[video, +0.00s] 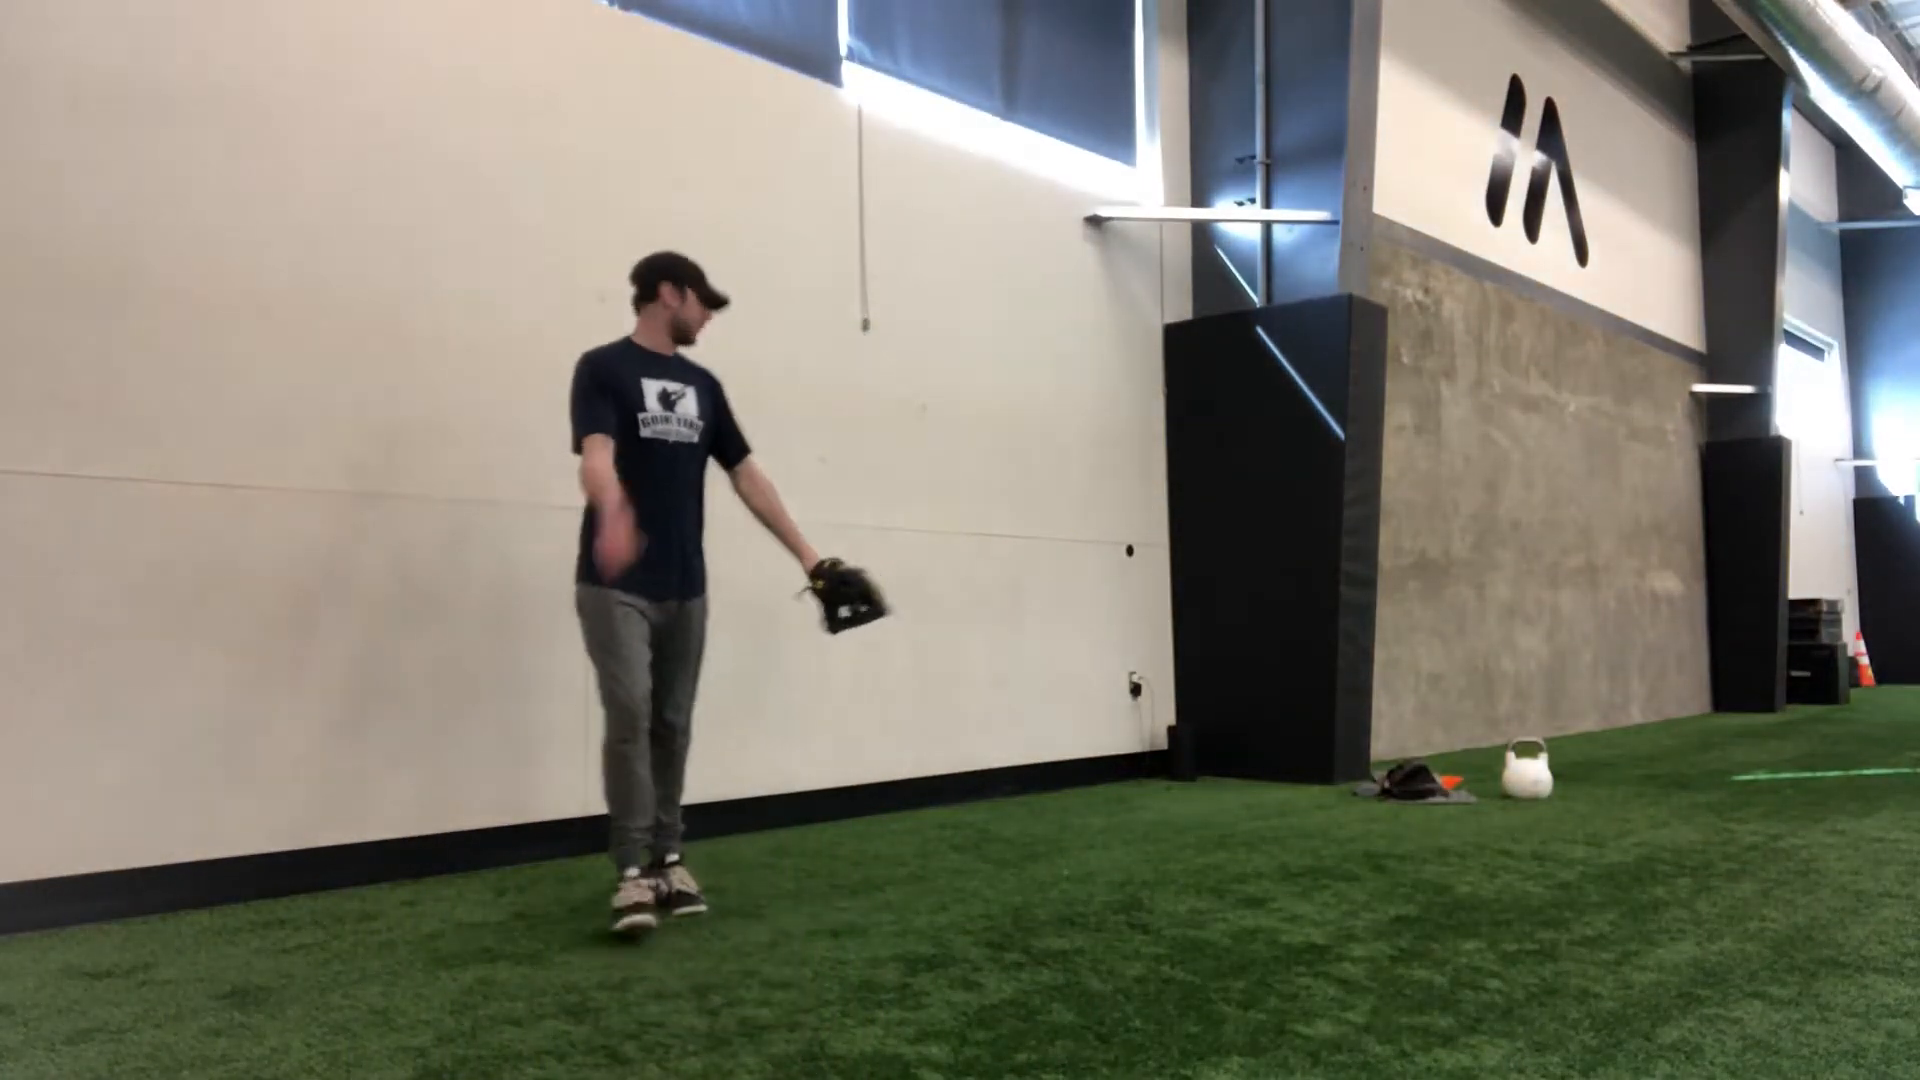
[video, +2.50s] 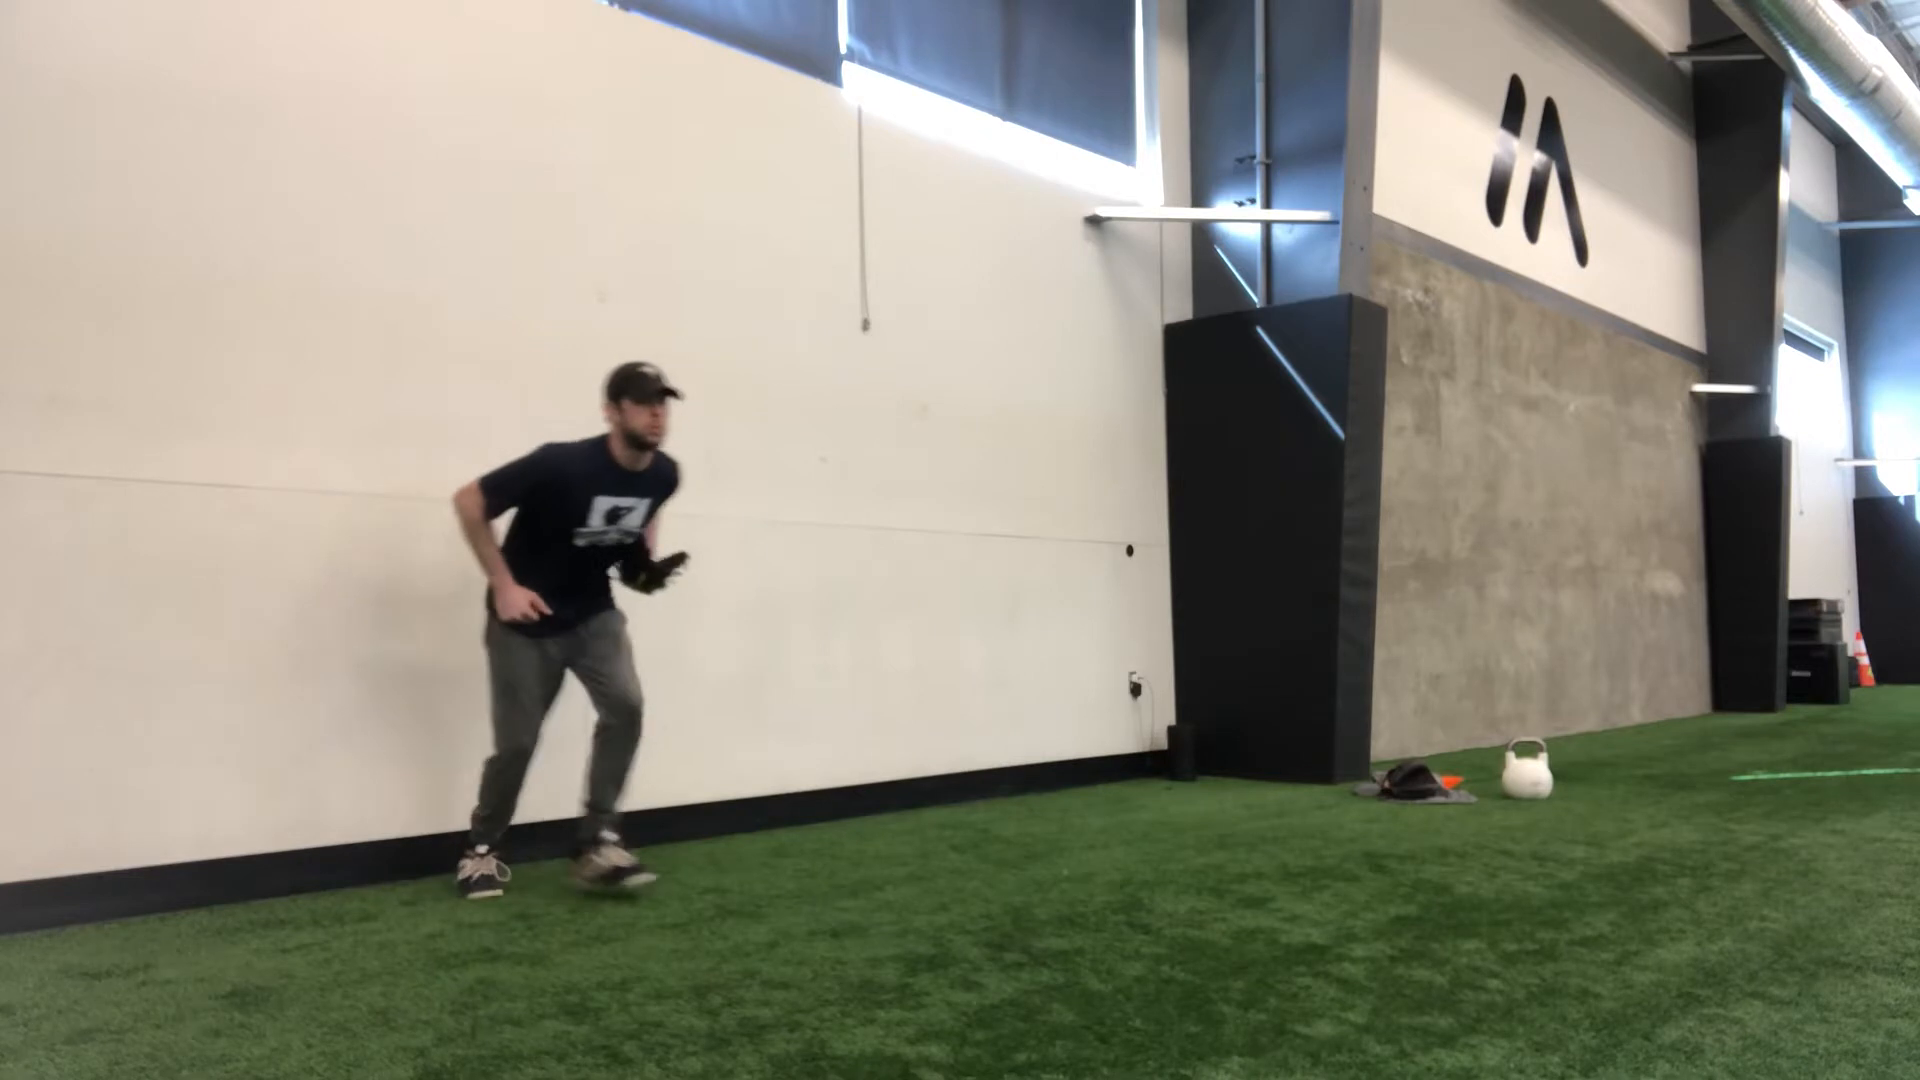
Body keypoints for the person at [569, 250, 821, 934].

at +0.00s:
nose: (708, 316)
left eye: (708, 305)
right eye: (702, 303)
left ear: (673, 299)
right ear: (666, 295)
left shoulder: (701, 385)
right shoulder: (602, 368)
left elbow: (748, 476)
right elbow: (595, 459)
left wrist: (809, 556)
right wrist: (614, 509)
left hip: (682, 582)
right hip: (616, 580)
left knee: (671, 723)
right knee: (630, 716)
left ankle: (666, 861)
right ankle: (633, 871)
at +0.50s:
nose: (664, 348)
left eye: (665, 338)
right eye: (662, 336)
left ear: (633, 329)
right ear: (637, 329)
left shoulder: (633, 401)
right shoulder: (563, 392)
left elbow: (619, 508)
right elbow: (509, 480)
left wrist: (642, 585)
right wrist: (566, 534)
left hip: (625, 592)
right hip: (562, 594)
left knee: (639, 716)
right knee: (548, 722)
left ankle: (661, 853)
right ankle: (540, 856)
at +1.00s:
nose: (642, 355)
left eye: (649, 345)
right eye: (630, 345)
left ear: (658, 352)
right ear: (607, 353)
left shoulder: (666, 425)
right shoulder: (569, 413)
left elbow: (665, 497)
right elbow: (501, 472)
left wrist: (676, 508)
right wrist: (537, 540)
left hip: (618, 594)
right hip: (559, 588)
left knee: (622, 715)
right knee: (561, 707)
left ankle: (622, 832)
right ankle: (541, 847)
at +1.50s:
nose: (621, 372)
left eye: (626, 362)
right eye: (608, 363)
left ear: (633, 371)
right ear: (580, 371)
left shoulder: (640, 436)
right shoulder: (540, 430)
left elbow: (633, 491)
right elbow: (462, 479)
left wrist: (634, 539)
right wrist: (506, 550)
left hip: (595, 598)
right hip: (529, 599)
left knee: (633, 696)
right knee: (520, 719)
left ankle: (614, 823)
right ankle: (502, 850)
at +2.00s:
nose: (625, 385)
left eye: (628, 375)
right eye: (612, 376)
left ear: (634, 383)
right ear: (581, 383)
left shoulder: (637, 448)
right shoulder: (535, 438)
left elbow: (624, 505)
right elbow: (452, 476)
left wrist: (622, 544)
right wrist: (495, 548)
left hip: (580, 598)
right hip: (514, 600)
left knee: (612, 702)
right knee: (508, 716)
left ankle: (583, 824)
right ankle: (482, 849)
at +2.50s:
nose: (657, 415)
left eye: (663, 404)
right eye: (643, 403)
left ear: (668, 411)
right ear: (613, 410)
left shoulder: (662, 475)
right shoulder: (560, 465)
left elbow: (645, 518)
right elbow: (470, 501)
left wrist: (643, 563)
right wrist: (503, 584)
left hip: (591, 613)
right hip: (525, 618)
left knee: (624, 709)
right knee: (516, 743)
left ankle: (598, 842)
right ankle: (482, 852)